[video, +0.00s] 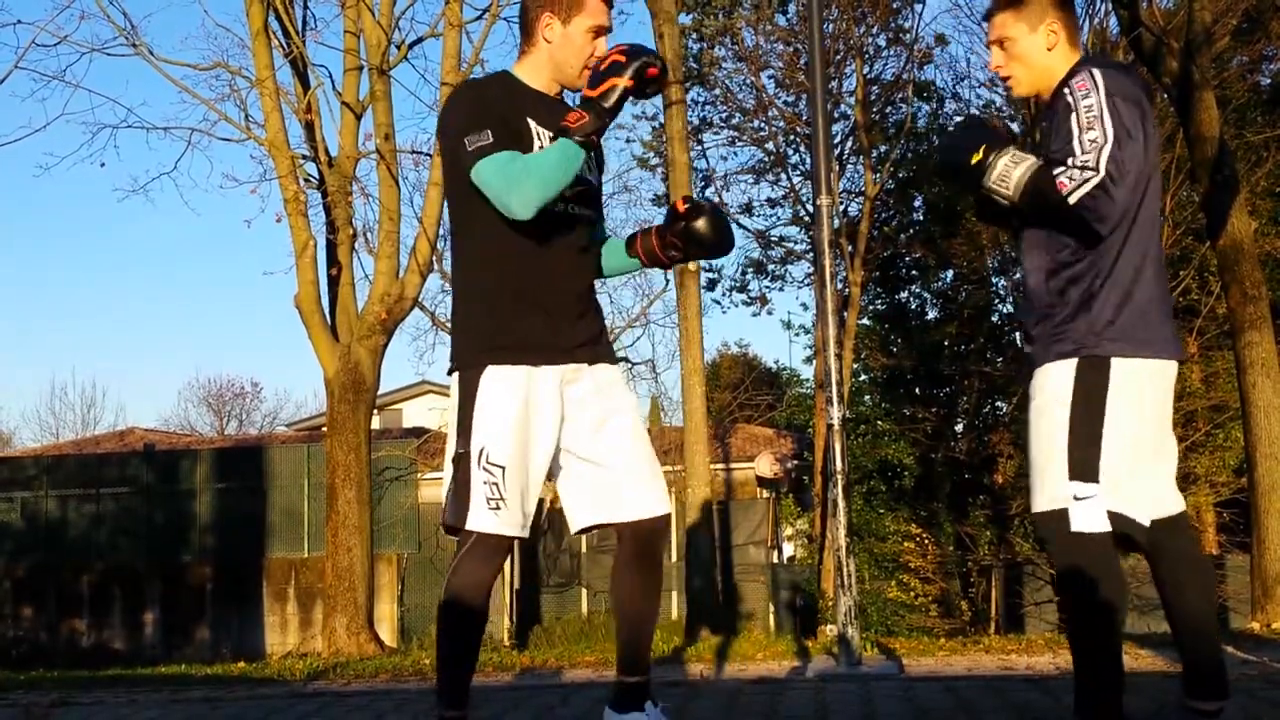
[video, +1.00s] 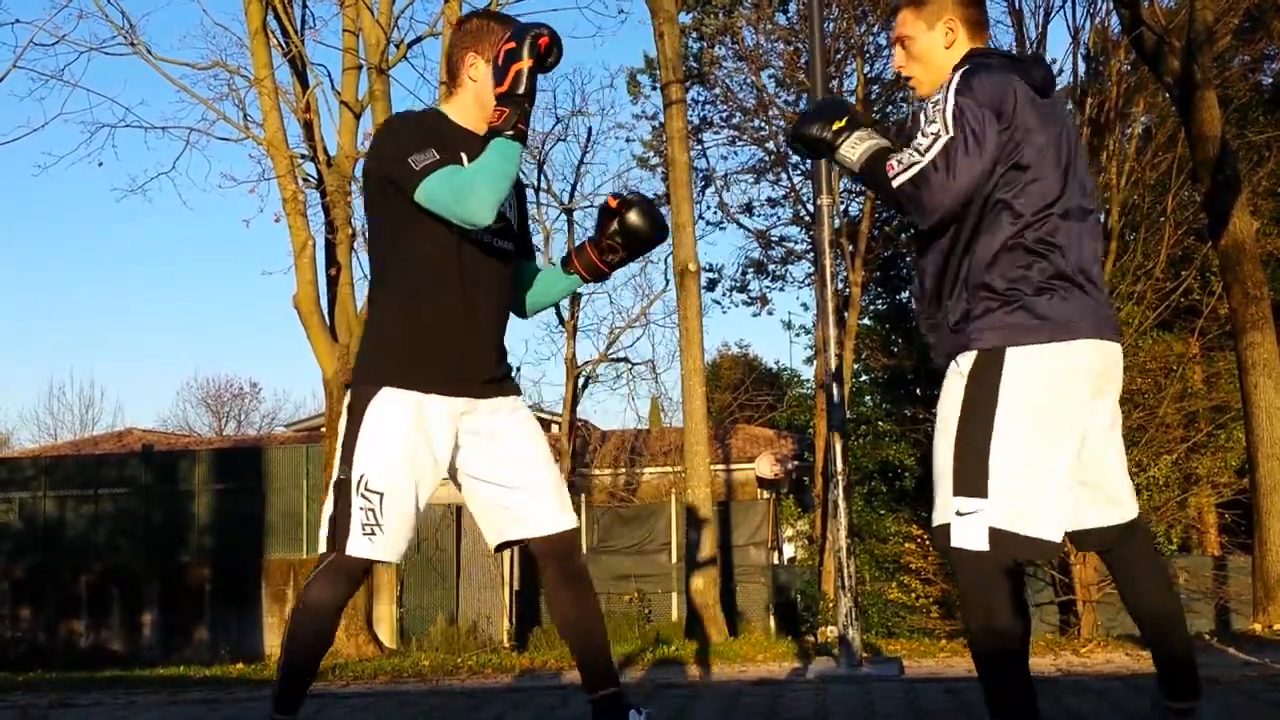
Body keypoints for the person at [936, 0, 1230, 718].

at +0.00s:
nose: (993, 61)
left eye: (1002, 44)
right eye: (990, 47)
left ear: (1050, 37)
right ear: (1046, 40)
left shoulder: (1091, 87)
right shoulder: (1070, 105)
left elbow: (1093, 201)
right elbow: (1051, 208)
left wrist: (995, 161)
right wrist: (988, 163)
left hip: (1092, 340)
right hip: (1127, 337)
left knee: (1070, 525)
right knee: (1154, 511)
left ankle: (1098, 709)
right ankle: (1208, 697)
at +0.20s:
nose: (998, 65)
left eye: (1009, 47)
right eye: (996, 51)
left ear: (1057, 39)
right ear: (1047, 45)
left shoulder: (1106, 83)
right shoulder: (1066, 121)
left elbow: (1086, 187)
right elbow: (1042, 238)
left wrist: (1014, 148)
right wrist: (983, 162)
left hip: (1094, 334)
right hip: (1130, 332)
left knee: (1058, 508)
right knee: (1152, 506)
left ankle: (1067, 704)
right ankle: (1208, 692)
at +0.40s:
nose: (990, 72)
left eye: (1000, 55)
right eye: (988, 59)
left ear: (1046, 47)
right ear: (1043, 51)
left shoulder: (1098, 93)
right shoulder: (1059, 121)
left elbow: (1059, 187)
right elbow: (1032, 226)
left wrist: (996, 150)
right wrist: (987, 161)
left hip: (1084, 334)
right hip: (1112, 336)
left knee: (999, 496)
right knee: (1128, 515)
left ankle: (1035, 700)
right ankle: (1206, 696)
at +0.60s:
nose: (961, 58)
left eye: (971, 40)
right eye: (960, 44)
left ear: (1022, 33)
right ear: (1034, 38)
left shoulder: (1031, 91)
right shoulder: (1098, 106)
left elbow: (947, 159)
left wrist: (884, 112)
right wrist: (899, 119)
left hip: (1039, 335)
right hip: (1116, 331)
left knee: (1002, 522)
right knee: (1124, 508)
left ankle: (1013, 710)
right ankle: (1198, 686)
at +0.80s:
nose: (914, 51)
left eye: (918, 36)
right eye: (913, 38)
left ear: (961, 26)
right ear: (992, 26)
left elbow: (809, 104)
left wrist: (704, 80)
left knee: (991, 530)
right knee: (1124, 510)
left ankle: (1009, 707)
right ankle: (1187, 679)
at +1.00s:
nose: (895, 61)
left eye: (904, 43)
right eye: (894, 45)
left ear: (953, 35)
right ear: (958, 34)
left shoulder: (977, 88)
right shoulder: (1045, 98)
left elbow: (928, 190)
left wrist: (847, 139)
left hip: (1011, 340)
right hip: (1085, 333)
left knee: (970, 535)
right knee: (1110, 518)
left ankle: (1012, 717)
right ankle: (1183, 692)